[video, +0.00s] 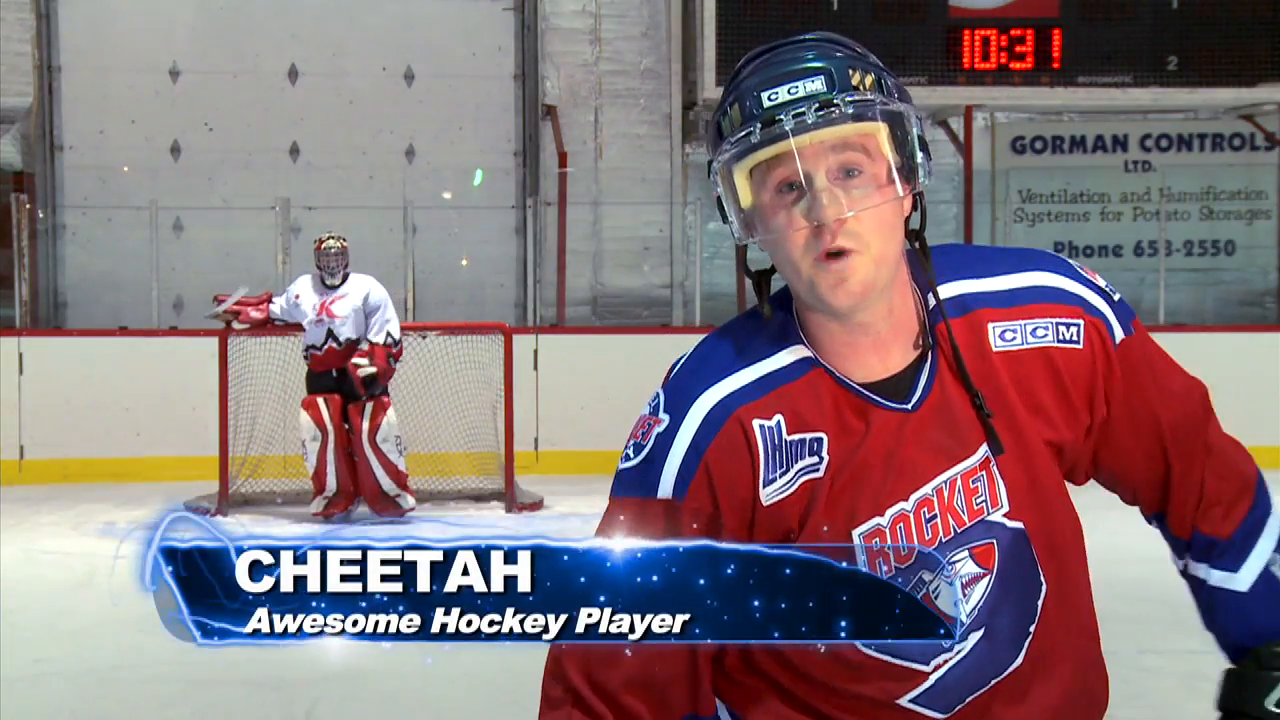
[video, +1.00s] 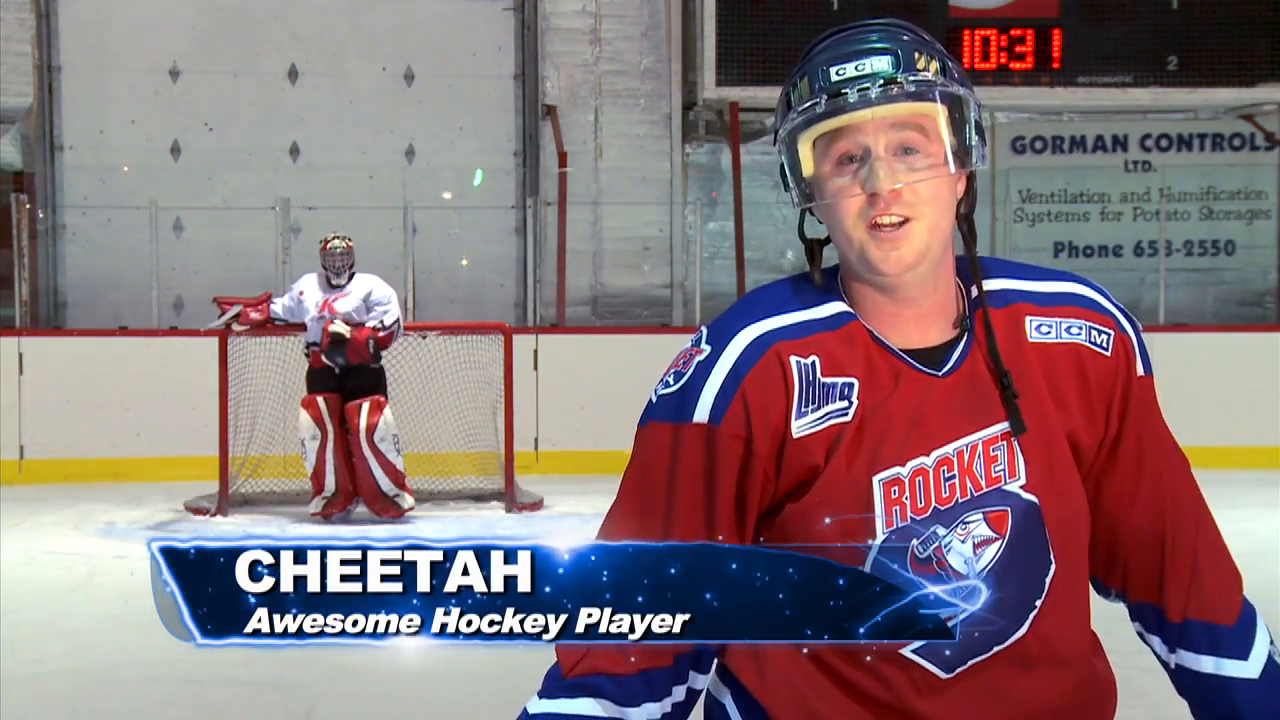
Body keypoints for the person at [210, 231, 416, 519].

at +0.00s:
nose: (333, 263)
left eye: (338, 257)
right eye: (327, 258)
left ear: (346, 259)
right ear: (317, 260)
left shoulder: (367, 288)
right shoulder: (303, 289)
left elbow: (386, 329)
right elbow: (276, 309)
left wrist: (379, 363)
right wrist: (240, 309)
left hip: (359, 371)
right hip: (320, 375)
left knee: (371, 434)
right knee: (325, 436)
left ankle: (390, 499)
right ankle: (334, 500)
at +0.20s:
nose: (332, 262)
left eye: (337, 256)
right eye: (326, 257)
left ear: (346, 258)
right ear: (317, 260)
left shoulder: (366, 288)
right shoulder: (303, 289)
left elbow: (383, 333)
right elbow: (277, 310)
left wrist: (376, 367)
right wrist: (241, 308)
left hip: (357, 373)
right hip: (319, 376)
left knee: (367, 436)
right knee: (323, 437)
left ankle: (390, 498)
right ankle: (334, 500)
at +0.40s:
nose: (334, 261)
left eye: (339, 255)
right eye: (328, 256)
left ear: (348, 257)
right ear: (319, 259)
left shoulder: (367, 289)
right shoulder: (305, 288)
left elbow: (382, 335)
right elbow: (280, 310)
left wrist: (371, 367)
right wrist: (245, 308)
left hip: (356, 373)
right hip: (319, 375)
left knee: (365, 437)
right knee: (324, 437)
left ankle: (389, 498)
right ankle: (334, 500)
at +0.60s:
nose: (335, 261)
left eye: (341, 255)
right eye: (330, 256)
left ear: (349, 258)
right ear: (320, 259)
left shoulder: (369, 289)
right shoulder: (306, 288)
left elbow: (384, 334)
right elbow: (281, 309)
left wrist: (376, 366)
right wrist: (247, 309)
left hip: (357, 372)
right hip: (320, 375)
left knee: (365, 436)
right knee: (324, 435)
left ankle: (392, 496)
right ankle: (333, 498)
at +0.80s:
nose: (337, 263)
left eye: (342, 257)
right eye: (331, 257)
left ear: (351, 258)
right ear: (321, 260)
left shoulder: (371, 289)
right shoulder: (306, 288)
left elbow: (391, 326)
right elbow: (282, 309)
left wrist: (375, 352)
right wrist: (251, 311)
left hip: (362, 374)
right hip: (321, 375)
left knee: (369, 434)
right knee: (323, 434)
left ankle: (391, 497)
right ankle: (332, 498)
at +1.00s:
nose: (338, 263)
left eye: (343, 257)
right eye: (332, 258)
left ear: (352, 258)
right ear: (323, 260)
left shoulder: (371, 286)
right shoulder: (307, 287)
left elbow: (389, 326)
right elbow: (281, 310)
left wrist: (352, 333)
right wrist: (245, 311)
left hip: (363, 374)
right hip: (323, 374)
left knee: (369, 431)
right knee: (322, 433)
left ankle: (391, 498)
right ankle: (332, 499)